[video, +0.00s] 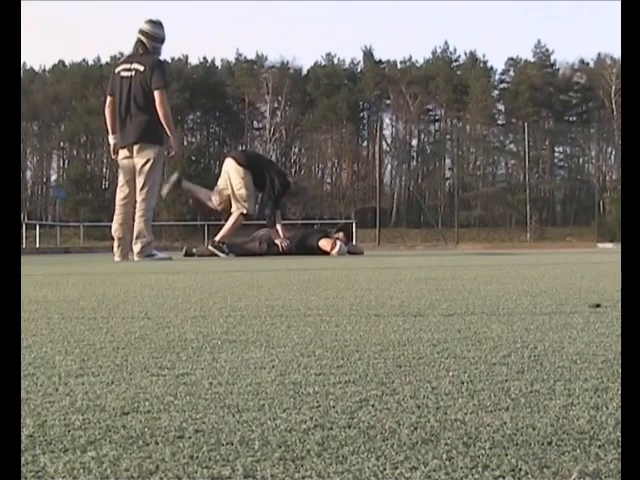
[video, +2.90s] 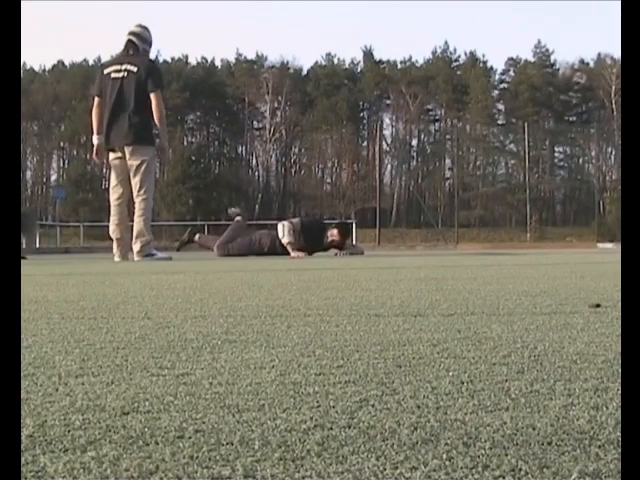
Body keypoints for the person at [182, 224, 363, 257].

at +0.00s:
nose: (339, 242)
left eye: (342, 240)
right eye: (340, 238)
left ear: (338, 239)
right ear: (335, 235)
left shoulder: (326, 239)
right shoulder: (321, 238)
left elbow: (357, 251)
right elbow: (333, 249)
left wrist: (345, 247)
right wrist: (343, 247)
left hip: (273, 240)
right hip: (270, 242)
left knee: (234, 246)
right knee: (233, 249)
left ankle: (199, 251)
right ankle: (197, 252)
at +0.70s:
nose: (336, 241)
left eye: (339, 240)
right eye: (337, 237)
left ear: (338, 240)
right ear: (334, 234)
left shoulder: (325, 241)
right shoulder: (322, 237)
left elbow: (354, 251)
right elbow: (328, 246)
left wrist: (346, 247)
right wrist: (336, 249)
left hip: (267, 244)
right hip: (266, 243)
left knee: (229, 248)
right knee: (229, 248)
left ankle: (195, 252)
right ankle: (195, 251)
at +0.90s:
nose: (337, 245)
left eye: (339, 242)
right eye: (339, 242)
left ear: (335, 236)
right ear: (335, 238)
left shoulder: (321, 237)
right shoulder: (320, 237)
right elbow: (330, 248)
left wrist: (346, 246)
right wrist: (343, 248)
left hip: (271, 238)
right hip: (272, 239)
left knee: (229, 247)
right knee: (230, 249)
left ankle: (193, 252)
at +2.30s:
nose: (342, 242)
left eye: (345, 241)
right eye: (342, 238)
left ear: (345, 241)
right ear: (337, 233)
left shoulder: (329, 242)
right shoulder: (313, 234)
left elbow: (359, 251)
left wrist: (344, 249)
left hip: (271, 247)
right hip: (266, 242)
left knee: (231, 245)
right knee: (221, 250)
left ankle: (199, 239)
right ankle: (236, 218)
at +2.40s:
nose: (343, 238)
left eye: (344, 238)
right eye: (342, 236)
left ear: (341, 239)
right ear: (336, 234)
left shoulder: (329, 242)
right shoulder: (322, 238)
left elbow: (355, 249)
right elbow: (290, 225)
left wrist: (350, 248)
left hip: (275, 244)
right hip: (270, 242)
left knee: (236, 244)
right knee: (221, 250)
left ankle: (200, 236)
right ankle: (236, 217)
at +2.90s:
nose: (334, 243)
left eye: (338, 242)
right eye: (336, 239)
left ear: (339, 240)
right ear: (333, 231)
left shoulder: (328, 240)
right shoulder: (315, 226)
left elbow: (359, 250)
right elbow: (284, 227)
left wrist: (345, 250)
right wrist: (292, 249)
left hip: (270, 248)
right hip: (265, 239)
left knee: (226, 248)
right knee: (220, 249)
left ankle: (196, 236)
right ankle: (238, 219)